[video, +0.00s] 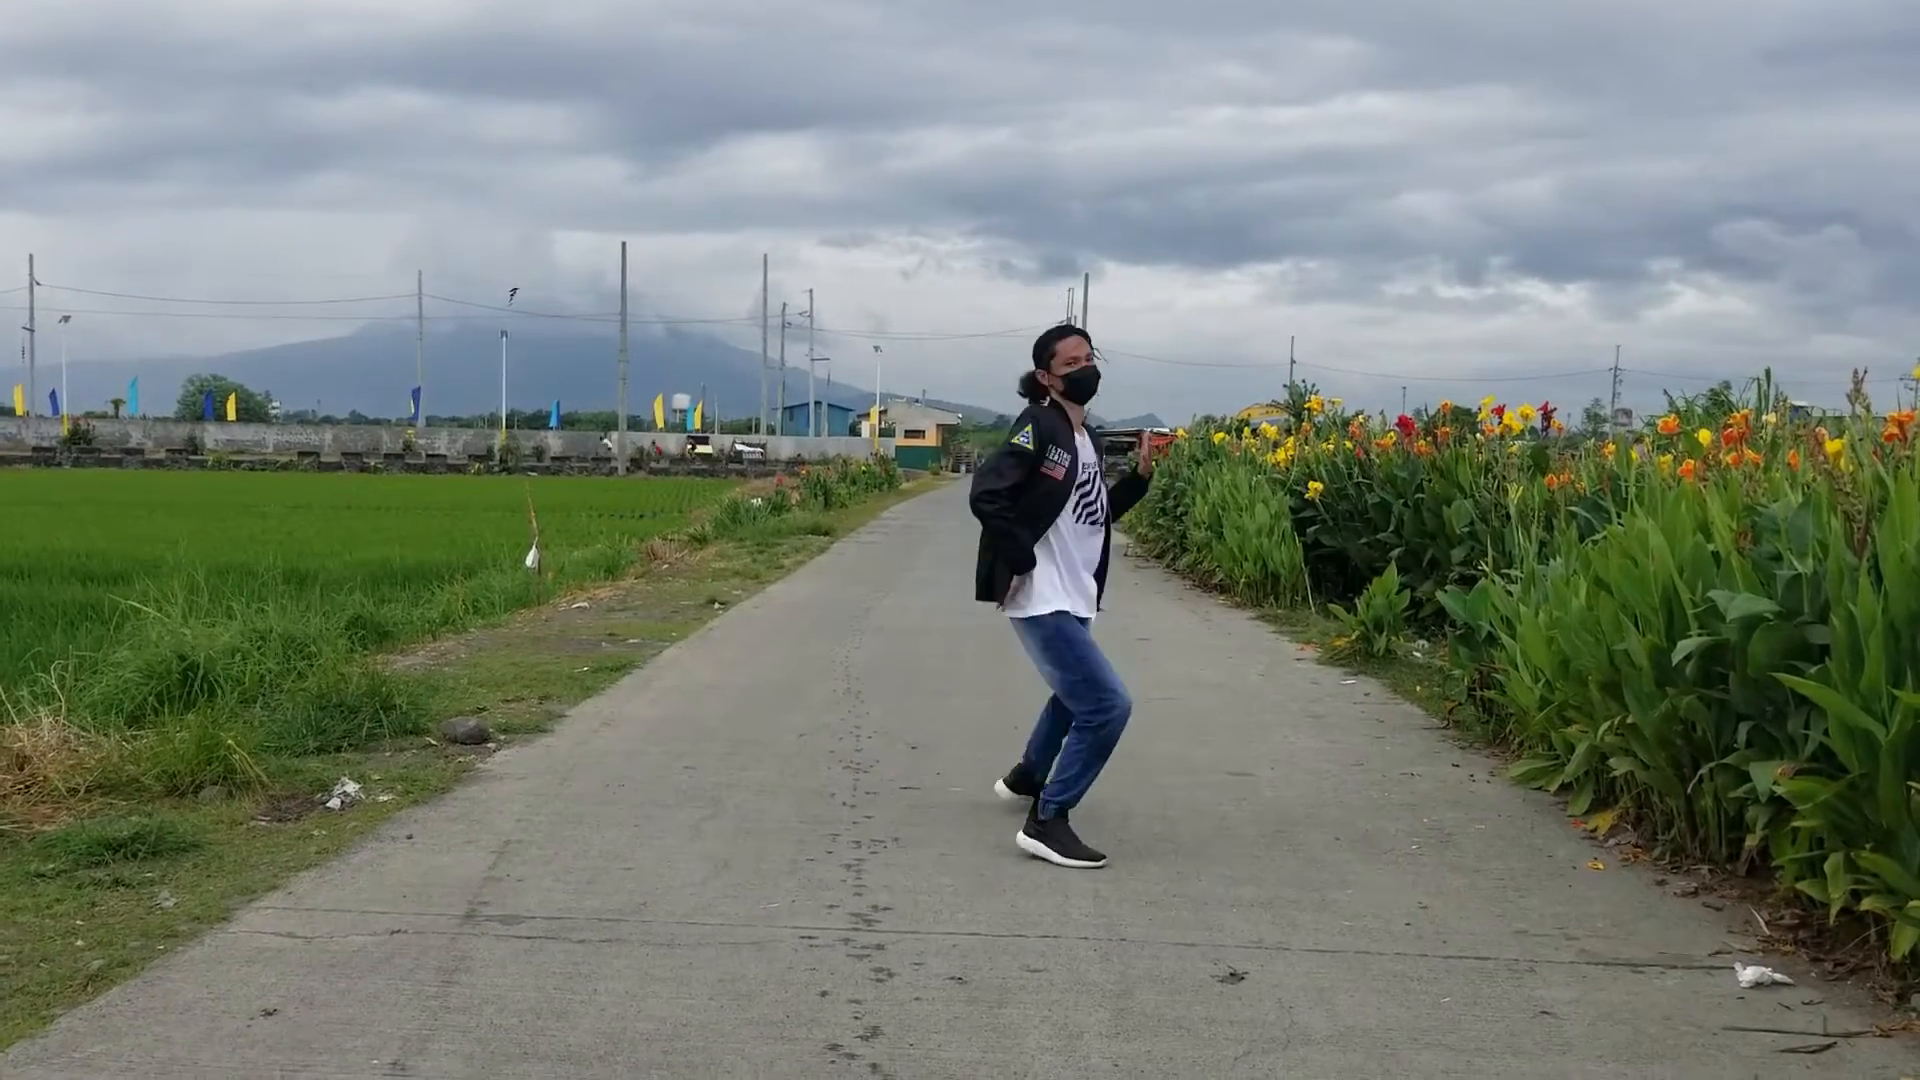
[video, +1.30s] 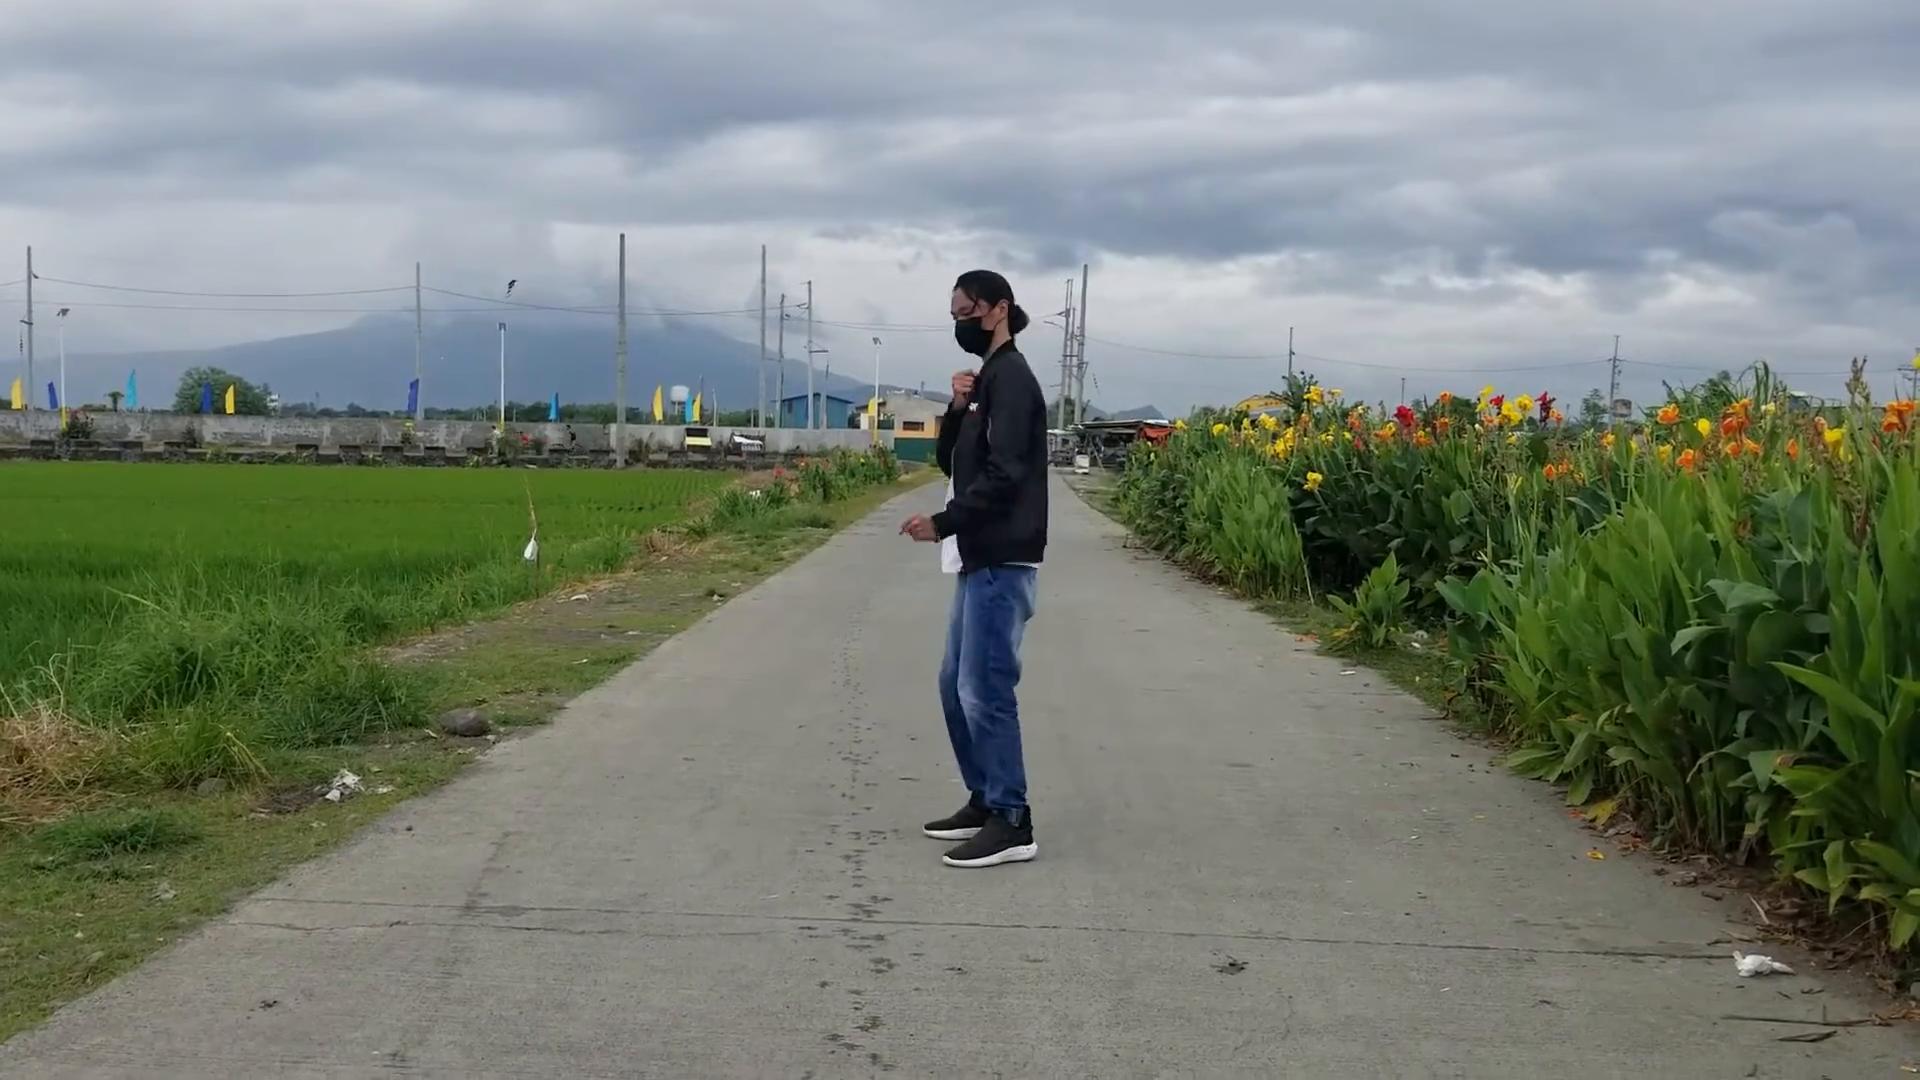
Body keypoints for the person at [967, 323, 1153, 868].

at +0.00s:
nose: (1086, 366)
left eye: (1089, 357)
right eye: (1072, 360)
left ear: (1095, 365)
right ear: (1047, 375)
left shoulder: (1084, 437)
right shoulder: (1037, 427)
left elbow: (1094, 515)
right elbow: (986, 493)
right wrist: (1019, 555)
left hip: (1074, 594)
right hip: (1037, 597)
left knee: (1074, 696)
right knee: (1108, 705)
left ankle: (1028, 777)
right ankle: (1047, 820)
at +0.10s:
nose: (1071, 350)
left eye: (1076, 341)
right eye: (1058, 344)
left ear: (1087, 348)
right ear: (1036, 357)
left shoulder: (1104, 414)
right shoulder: (1017, 406)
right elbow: (957, 472)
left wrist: (1140, 414)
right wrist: (995, 538)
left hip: (1077, 581)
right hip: (1028, 580)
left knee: (1112, 694)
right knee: (1089, 699)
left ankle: (1045, 776)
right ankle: (1045, 823)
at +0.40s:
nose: (1055, 337)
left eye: (1062, 325)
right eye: (1042, 330)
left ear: (1076, 323)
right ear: (1025, 335)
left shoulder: (1111, 368)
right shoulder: (1001, 379)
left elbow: (1177, 410)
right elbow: (962, 437)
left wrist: (1108, 446)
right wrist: (981, 503)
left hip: (1078, 563)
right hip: (1013, 560)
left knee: (1073, 701)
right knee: (1015, 694)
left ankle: (1086, 812)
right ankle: (1027, 817)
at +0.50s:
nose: (1039, 347)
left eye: (1048, 336)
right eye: (1029, 339)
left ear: (1069, 332)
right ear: (1017, 341)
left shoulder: (1097, 392)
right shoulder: (996, 386)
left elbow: (1129, 479)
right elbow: (977, 470)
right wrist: (984, 546)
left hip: (1077, 576)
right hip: (1008, 572)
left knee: (1082, 706)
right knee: (971, 687)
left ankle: (1084, 814)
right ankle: (1002, 810)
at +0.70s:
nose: (991, 338)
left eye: (999, 330)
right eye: (989, 330)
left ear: (1032, 327)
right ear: (1004, 330)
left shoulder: (1058, 406)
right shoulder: (991, 390)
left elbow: (1079, 497)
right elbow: (974, 473)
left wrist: (1069, 584)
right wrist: (947, 540)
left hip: (1021, 577)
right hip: (971, 566)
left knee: (1027, 704)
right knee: (937, 681)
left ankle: (1067, 806)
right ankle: (985, 799)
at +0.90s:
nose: (968, 331)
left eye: (976, 322)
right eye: (966, 322)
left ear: (1006, 324)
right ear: (1002, 325)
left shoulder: (1002, 383)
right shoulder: (1004, 377)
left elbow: (1018, 475)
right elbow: (993, 470)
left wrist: (1022, 569)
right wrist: (952, 444)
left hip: (990, 573)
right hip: (973, 565)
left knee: (950, 688)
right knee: (935, 678)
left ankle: (1013, 800)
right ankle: (983, 797)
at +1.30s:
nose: (957, 321)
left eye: (964, 312)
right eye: (955, 313)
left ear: (997, 309)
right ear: (986, 313)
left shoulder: (1010, 375)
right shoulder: (987, 377)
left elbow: (1004, 473)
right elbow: (949, 462)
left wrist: (943, 521)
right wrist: (958, 407)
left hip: (1004, 562)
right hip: (978, 560)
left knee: (986, 691)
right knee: (955, 686)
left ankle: (1012, 824)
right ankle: (986, 803)